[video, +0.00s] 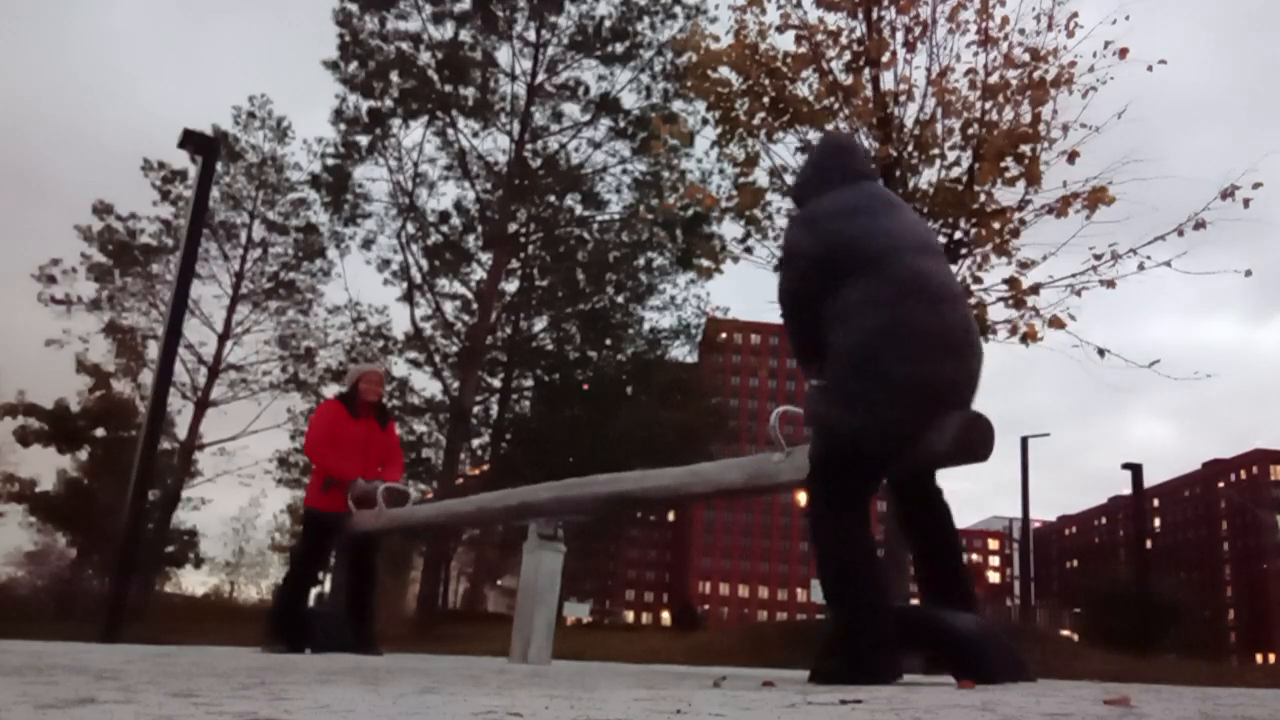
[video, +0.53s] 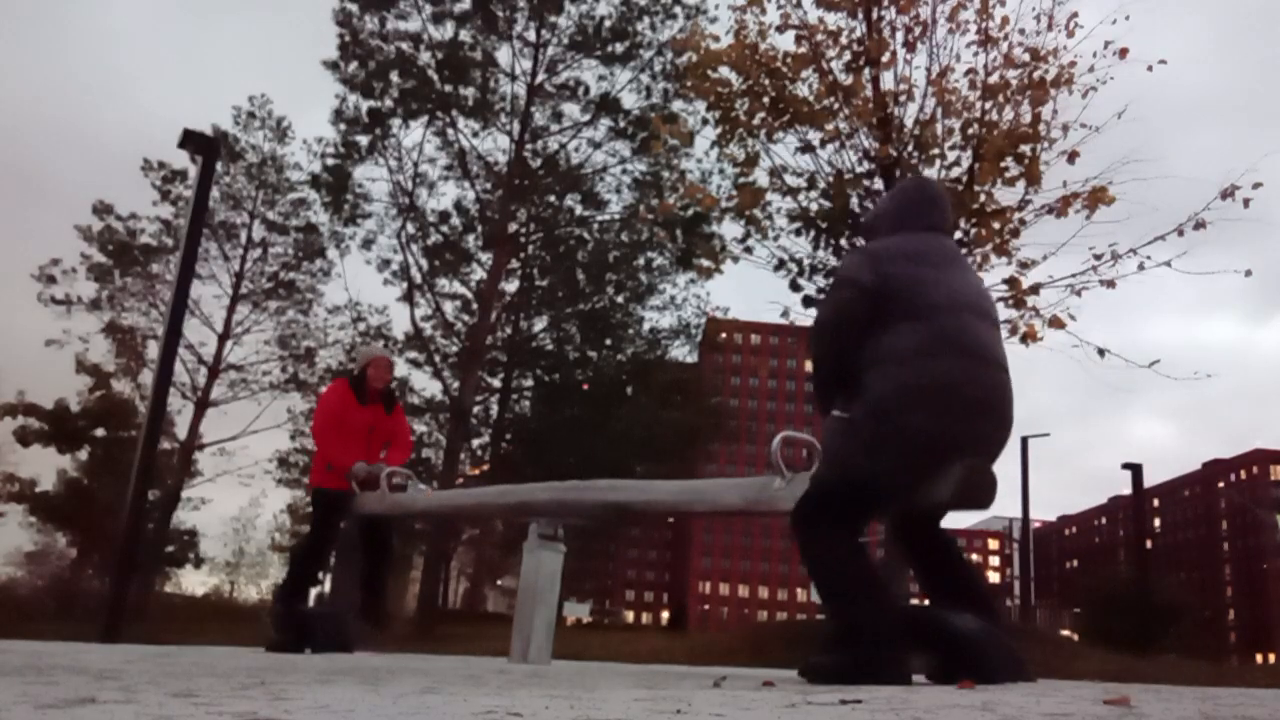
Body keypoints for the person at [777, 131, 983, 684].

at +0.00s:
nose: (797, 196)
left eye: (800, 188)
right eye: (798, 189)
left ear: (814, 181)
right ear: (860, 173)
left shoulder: (813, 219)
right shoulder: (897, 208)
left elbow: (796, 297)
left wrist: (817, 363)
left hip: (878, 366)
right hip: (952, 357)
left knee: (836, 498)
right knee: (915, 487)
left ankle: (861, 645)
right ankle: (960, 631)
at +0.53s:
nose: (869, 218)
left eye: (877, 209)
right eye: (873, 208)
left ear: (890, 215)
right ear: (936, 221)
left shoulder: (873, 258)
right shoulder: (960, 269)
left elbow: (831, 327)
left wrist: (832, 394)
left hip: (906, 413)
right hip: (985, 416)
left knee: (820, 518)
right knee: (915, 526)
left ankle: (869, 649)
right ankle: (986, 643)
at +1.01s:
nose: (851, 301)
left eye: (855, 291)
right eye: (853, 292)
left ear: (870, 286)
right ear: (923, 286)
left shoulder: (864, 326)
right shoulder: (952, 332)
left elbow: (833, 409)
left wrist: (840, 454)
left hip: (912, 473)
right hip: (993, 477)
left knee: (798, 543)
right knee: (940, 585)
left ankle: (865, 650)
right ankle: (991, 662)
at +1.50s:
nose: (853, 322)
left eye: (858, 313)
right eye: (856, 313)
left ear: (873, 309)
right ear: (923, 309)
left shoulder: (865, 349)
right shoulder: (954, 354)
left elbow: (837, 443)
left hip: (919, 500)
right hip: (1001, 504)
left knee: (796, 542)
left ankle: (863, 651)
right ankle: (981, 653)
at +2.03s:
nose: (849, 182)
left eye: (851, 173)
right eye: (852, 175)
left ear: (866, 161)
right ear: (913, 158)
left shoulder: (867, 189)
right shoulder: (946, 194)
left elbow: (846, 265)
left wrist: (833, 322)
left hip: (912, 322)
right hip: (985, 328)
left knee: (834, 442)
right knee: (917, 451)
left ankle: (856, 612)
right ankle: (968, 599)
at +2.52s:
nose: (869, 118)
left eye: (873, 107)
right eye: (869, 110)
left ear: (893, 93)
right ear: (930, 88)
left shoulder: (899, 120)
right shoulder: (966, 135)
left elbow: (851, 197)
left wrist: (810, 259)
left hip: (897, 271)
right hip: (965, 282)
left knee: (828, 360)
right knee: (909, 386)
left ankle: (840, 492)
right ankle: (940, 520)